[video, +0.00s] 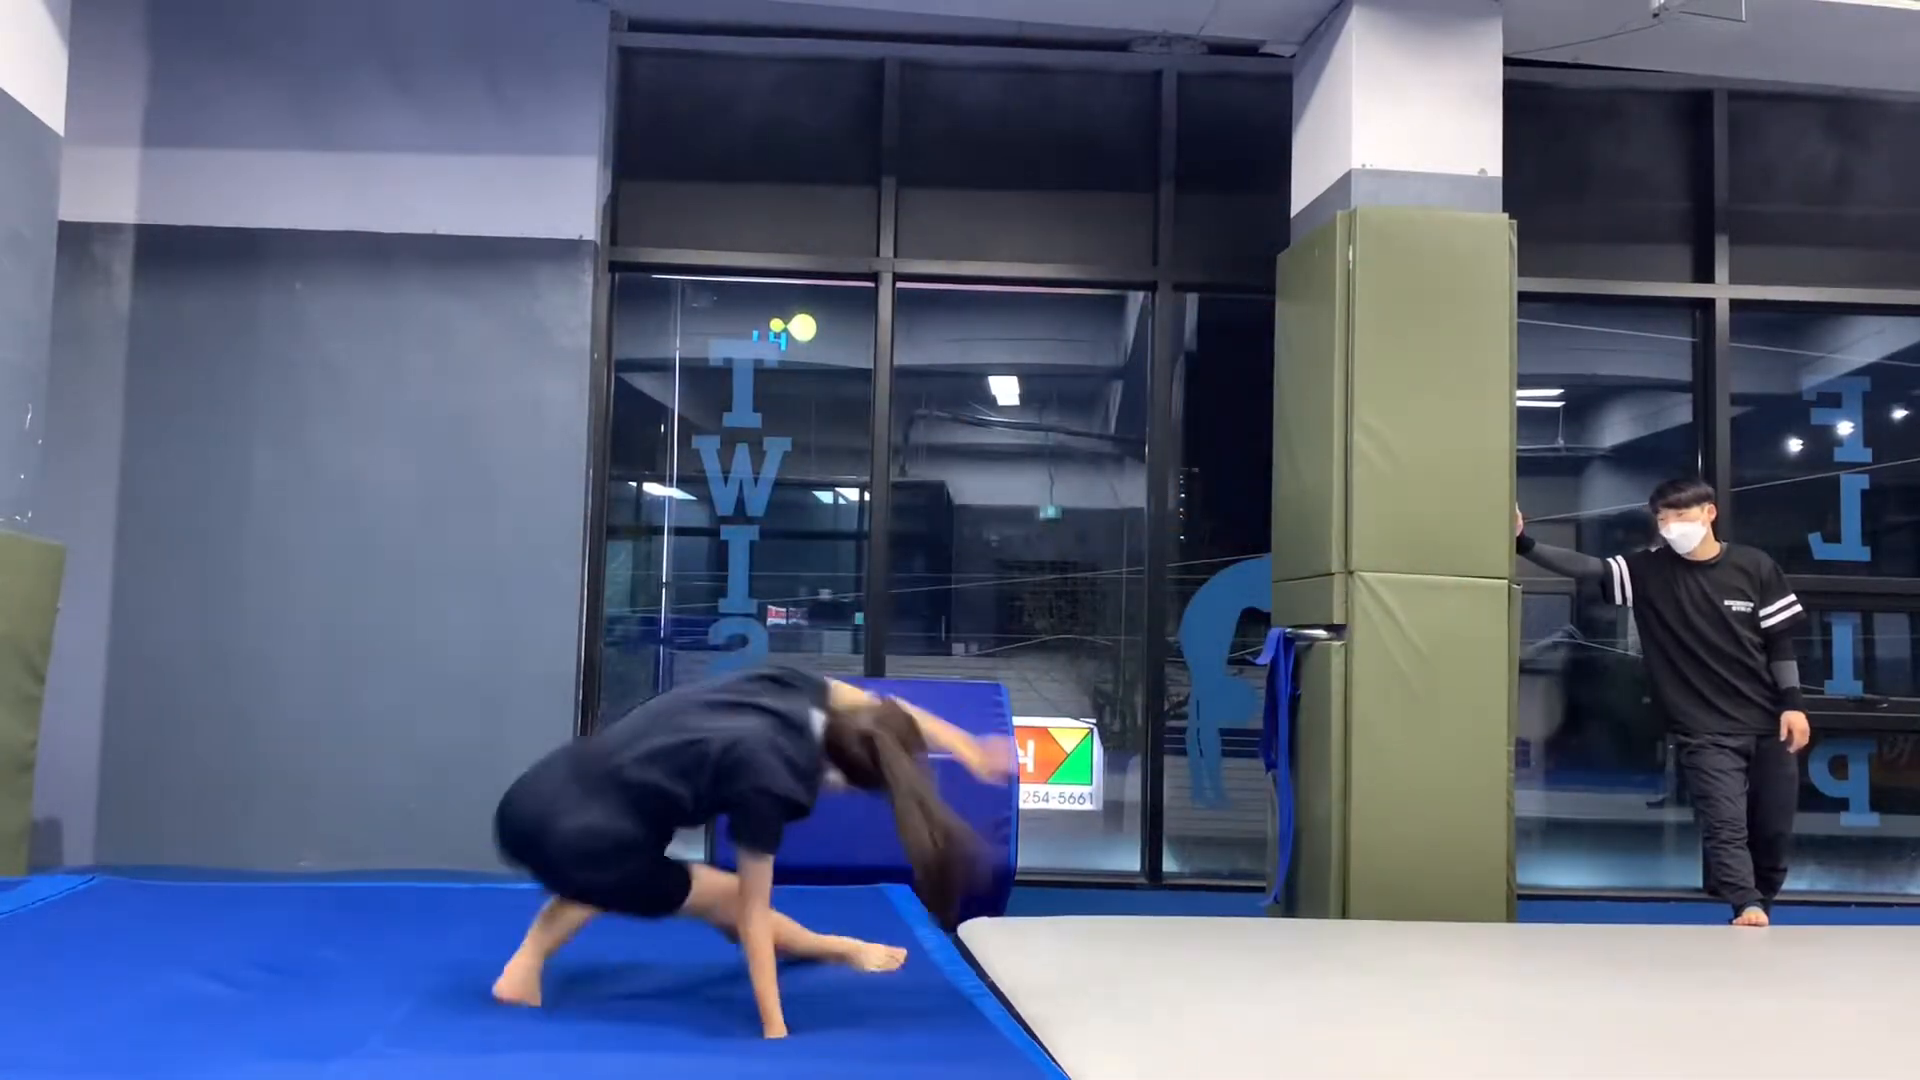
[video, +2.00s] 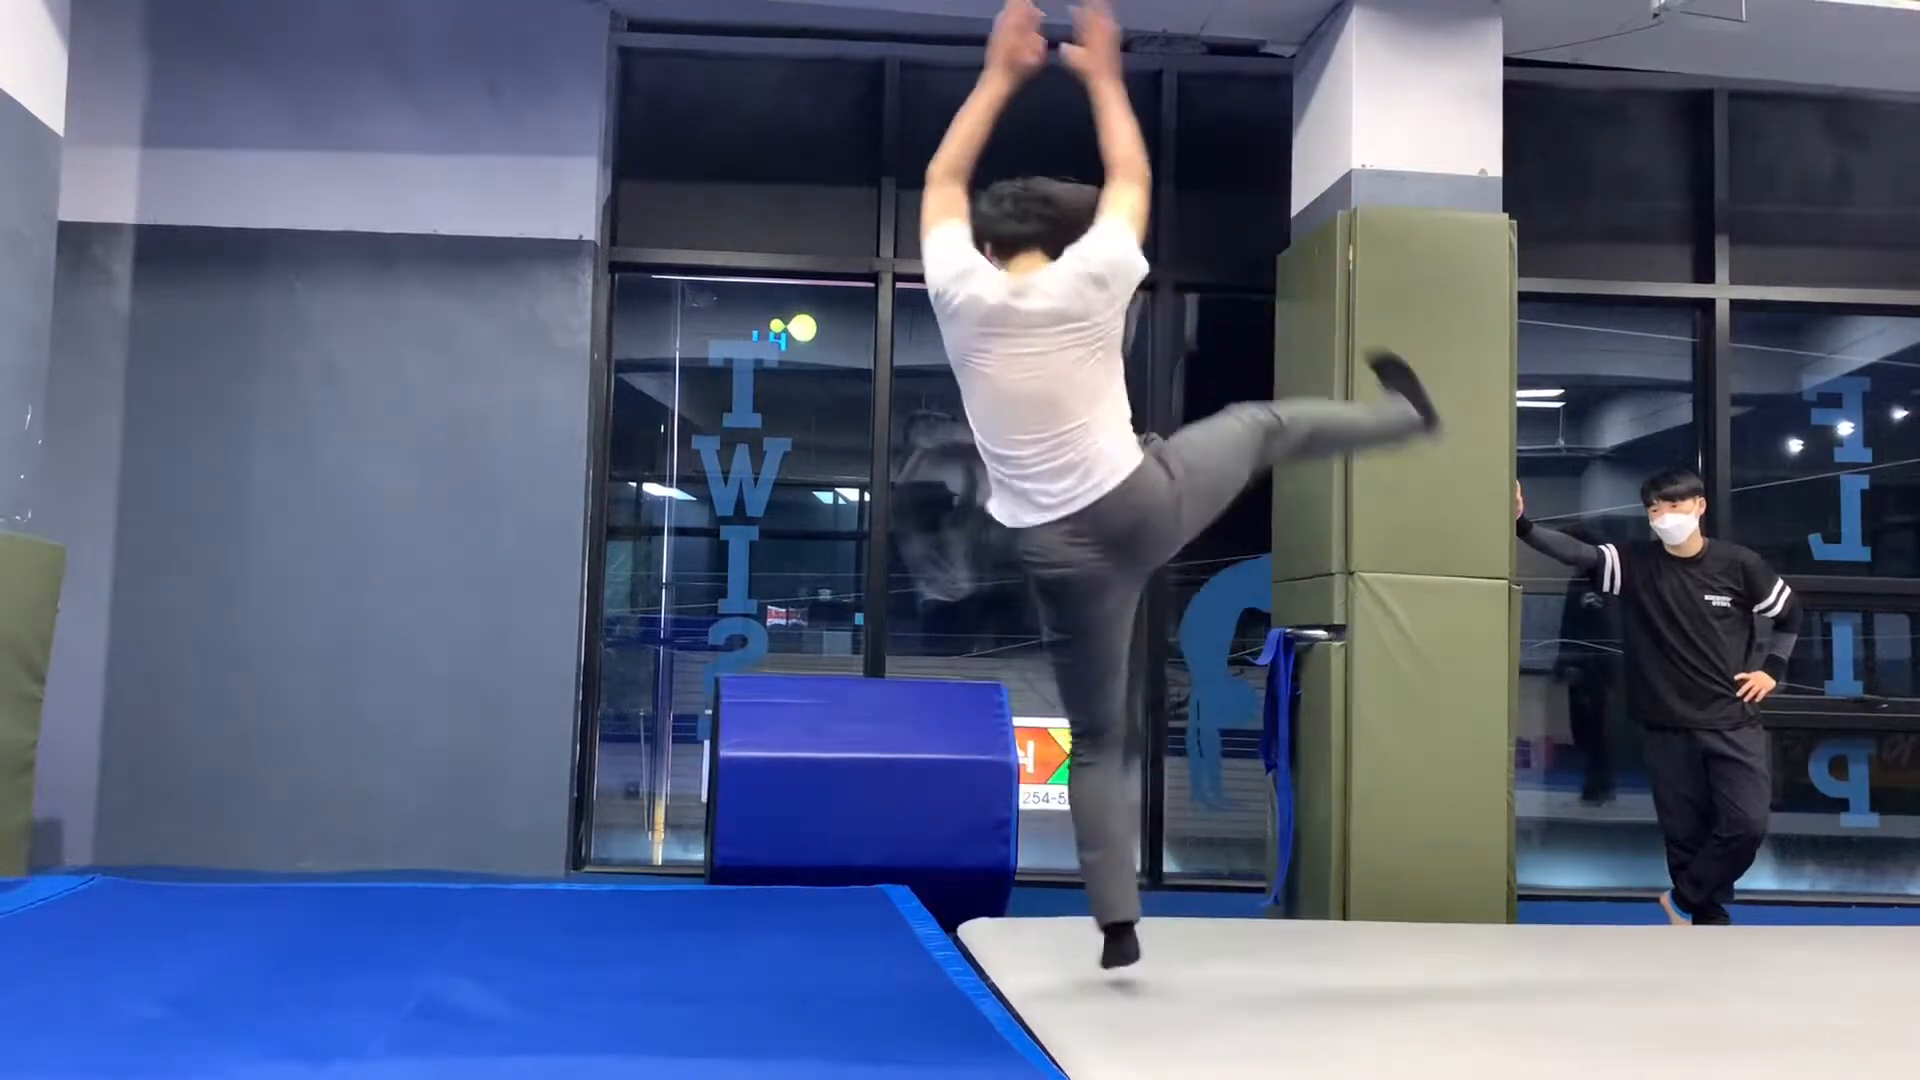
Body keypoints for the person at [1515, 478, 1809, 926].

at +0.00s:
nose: (1669, 524)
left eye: (1680, 513)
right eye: (1663, 516)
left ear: (1709, 513)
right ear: (1657, 521)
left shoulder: (1755, 567)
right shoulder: (1648, 569)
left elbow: (1780, 642)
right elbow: (1586, 567)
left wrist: (1792, 704)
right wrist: (1525, 543)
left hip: (1767, 723)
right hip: (1703, 726)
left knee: (1775, 829)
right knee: (1725, 818)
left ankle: (1759, 901)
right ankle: (1746, 907)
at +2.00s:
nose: (1664, 512)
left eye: (1675, 502)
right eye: (1656, 505)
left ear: (1699, 506)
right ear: (1648, 513)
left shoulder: (1740, 565)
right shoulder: (1634, 562)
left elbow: (1789, 615)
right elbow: (1578, 552)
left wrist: (1771, 670)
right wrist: (1523, 526)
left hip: (1732, 720)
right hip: (1667, 724)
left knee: (1748, 824)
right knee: (1683, 833)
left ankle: (1684, 900)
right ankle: (1717, 931)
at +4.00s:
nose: (1655, 522)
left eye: (1665, 511)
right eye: (1647, 513)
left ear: (1689, 513)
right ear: (1637, 517)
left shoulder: (1726, 565)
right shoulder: (1628, 558)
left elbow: (1780, 610)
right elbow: (1578, 544)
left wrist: (1768, 665)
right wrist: (1531, 516)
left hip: (1725, 721)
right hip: (1662, 724)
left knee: (1742, 824)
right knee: (1677, 834)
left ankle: (1679, 901)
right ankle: (1709, 927)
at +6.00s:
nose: (1647, 522)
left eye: (1659, 514)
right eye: (1643, 513)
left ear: (1688, 517)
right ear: (1638, 514)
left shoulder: (1725, 567)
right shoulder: (1625, 559)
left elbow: (1767, 618)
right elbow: (1575, 546)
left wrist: (1757, 669)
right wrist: (1530, 517)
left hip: (1722, 720)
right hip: (1658, 724)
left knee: (1743, 823)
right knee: (1675, 834)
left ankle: (1675, 901)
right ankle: (1709, 927)